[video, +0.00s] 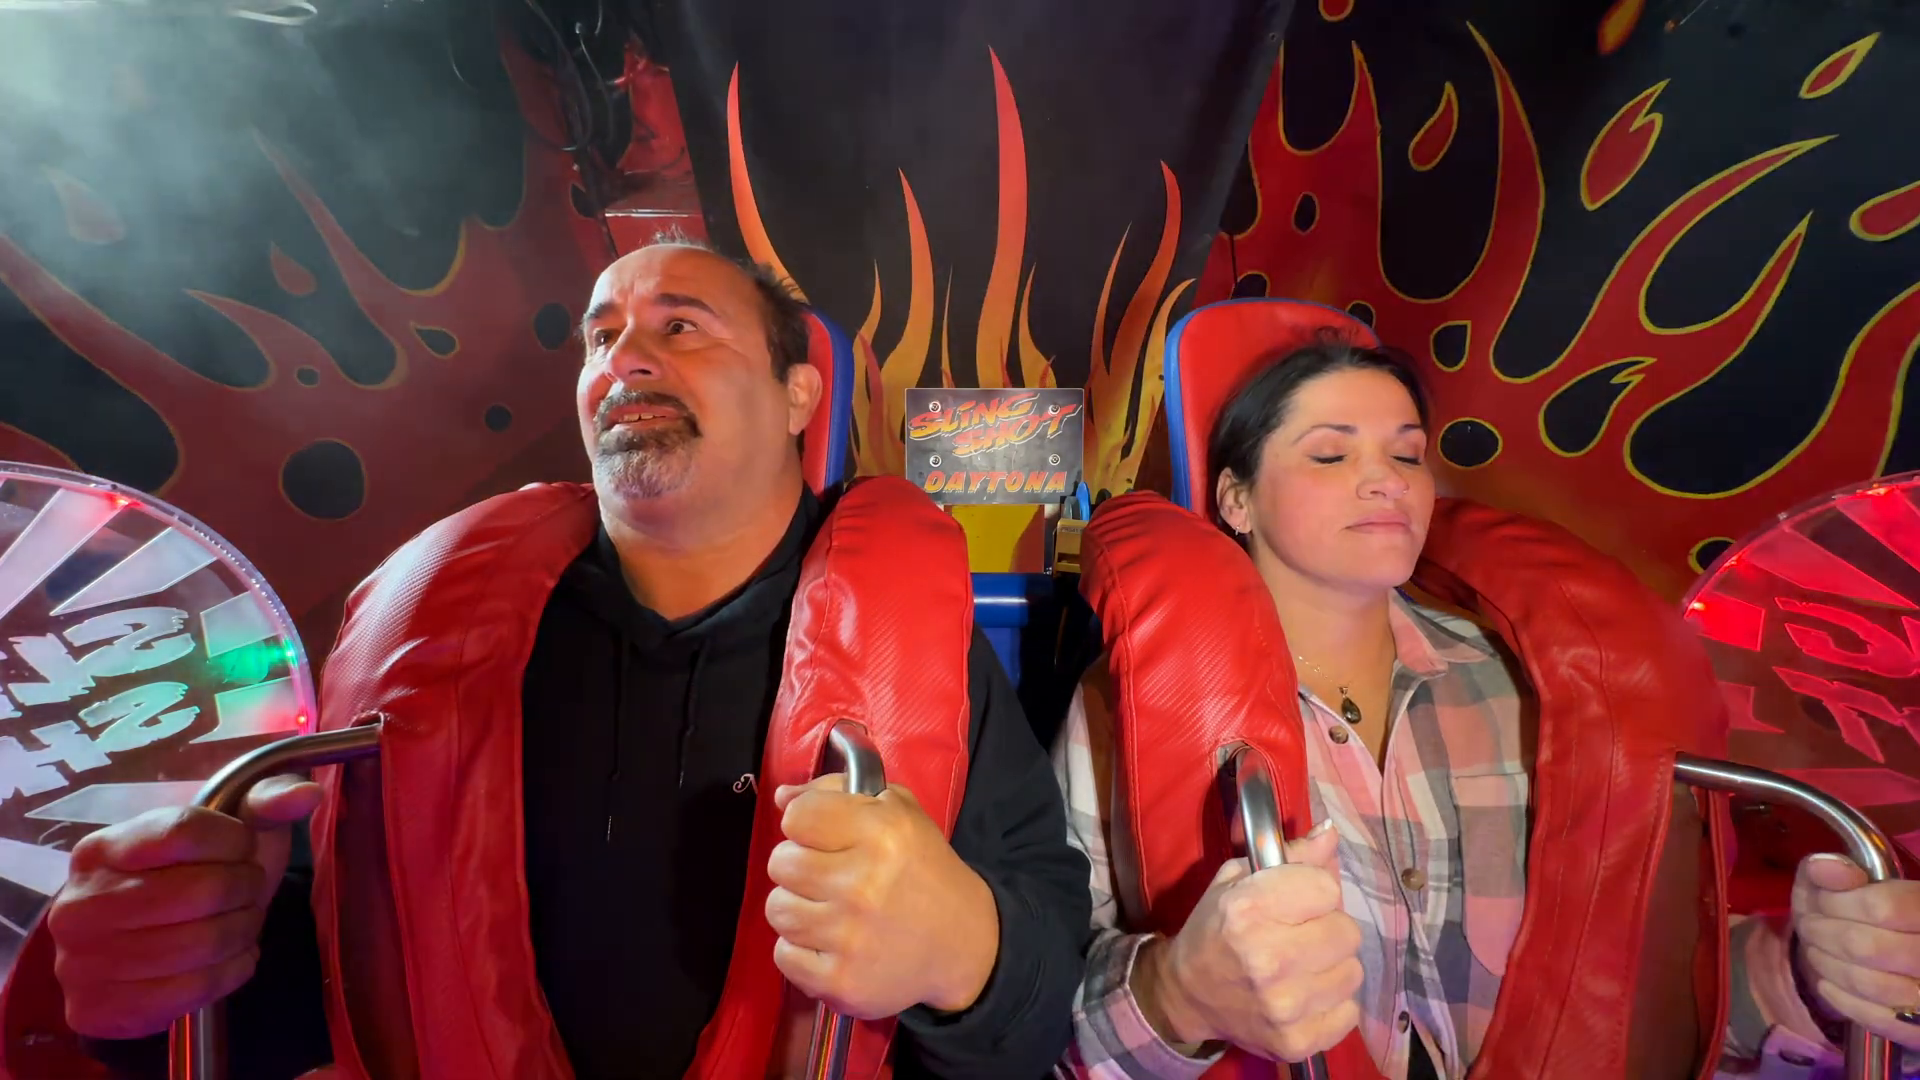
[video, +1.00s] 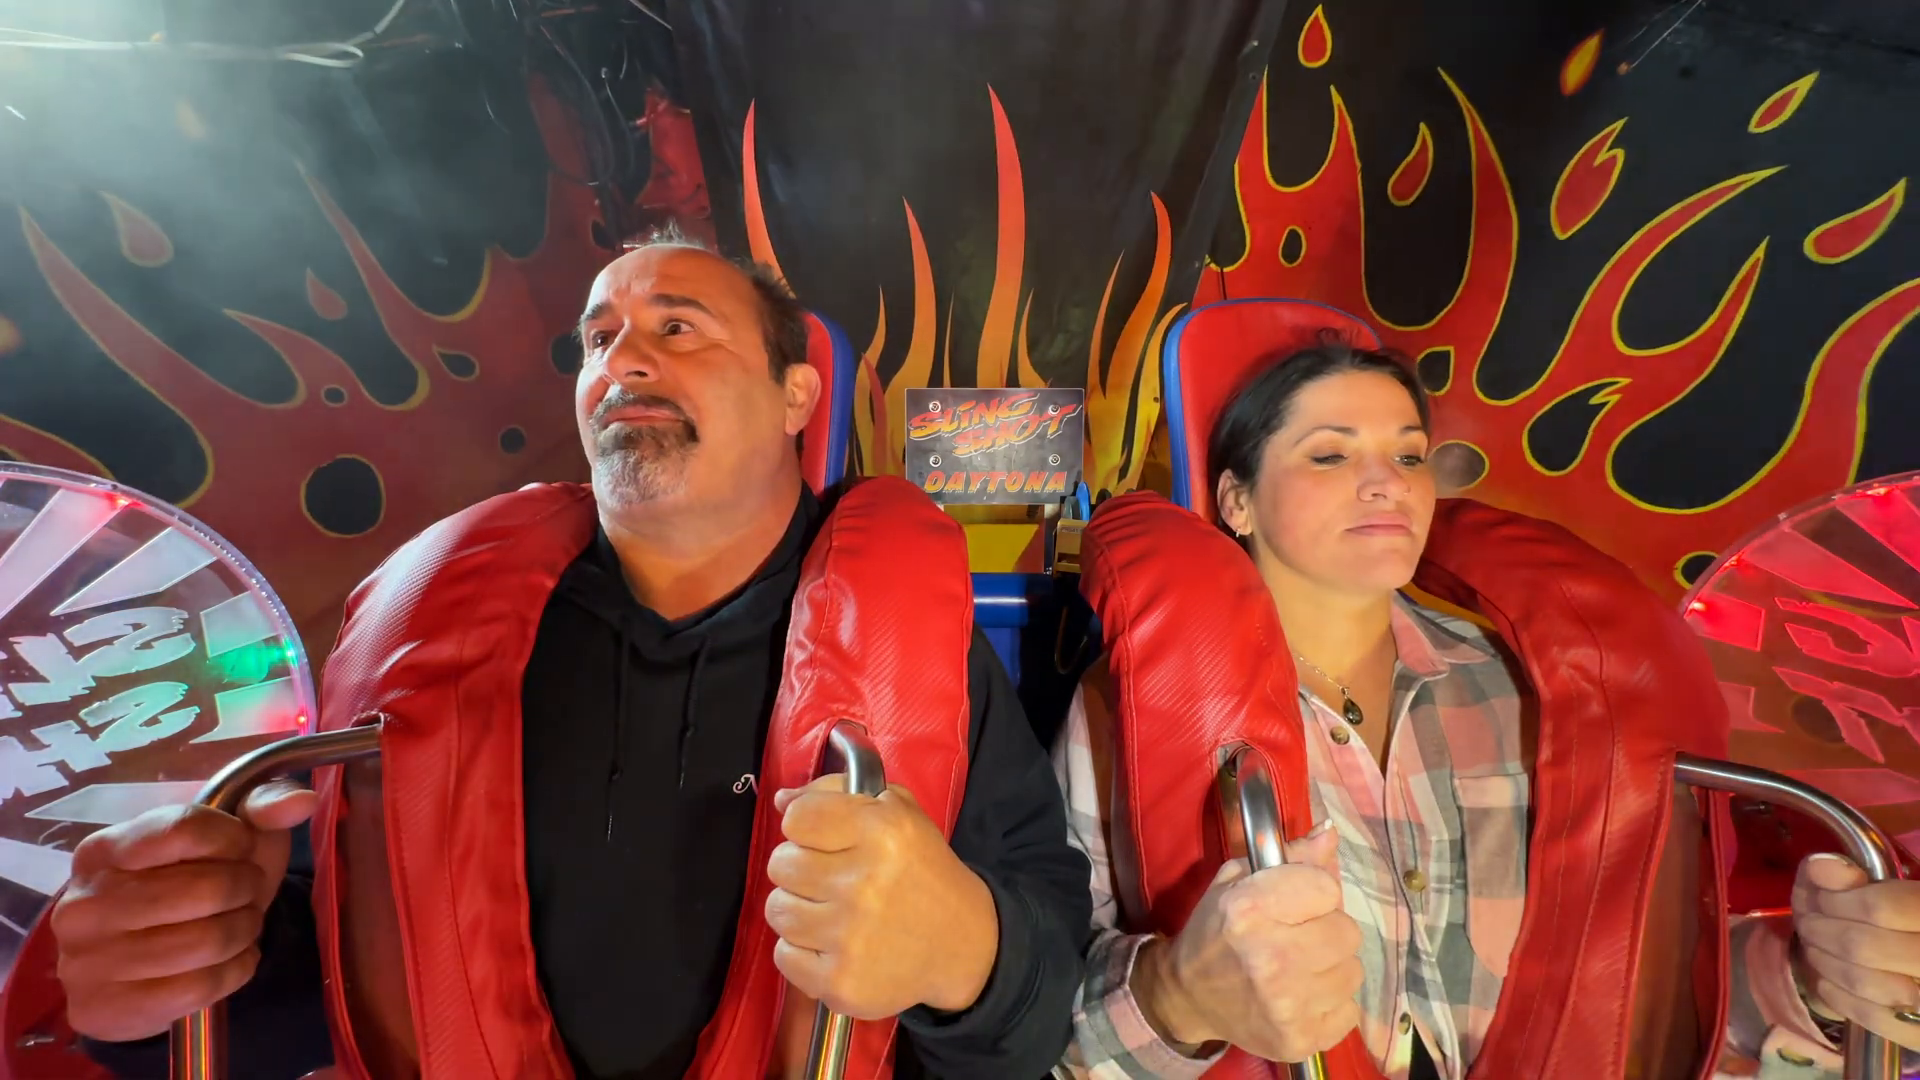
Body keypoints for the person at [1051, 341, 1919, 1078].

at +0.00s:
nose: (1383, 485)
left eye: (1405, 456)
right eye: (1330, 457)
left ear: (1435, 490)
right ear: (1239, 501)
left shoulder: (1519, 688)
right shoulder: (1143, 712)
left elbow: (1614, 963)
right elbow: (1055, 1033)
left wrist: (1797, 970)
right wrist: (1170, 996)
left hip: (1497, 1066)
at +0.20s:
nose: (1384, 485)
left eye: (1406, 456)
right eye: (1330, 457)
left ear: (1435, 488)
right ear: (1239, 502)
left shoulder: (1517, 687)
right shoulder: (1143, 711)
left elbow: (1611, 967)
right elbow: (1054, 1031)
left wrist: (1798, 973)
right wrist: (1170, 996)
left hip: (1497, 1066)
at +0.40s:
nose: (1384, 486)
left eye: (1408, 458)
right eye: (1331, 457)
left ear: (1437, 492)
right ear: (1239, 502)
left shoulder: (1518, 692)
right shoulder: (1141, 714)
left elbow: (1612, 970)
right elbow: (1054, 1036)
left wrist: (1798, 972)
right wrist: (1171, 1001)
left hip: (1492, 1067)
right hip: (1257, 1073)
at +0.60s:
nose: (1388, 487)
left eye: (1409, 458)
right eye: (1332, 458)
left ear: (1438, 490)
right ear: (1238, 503)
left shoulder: (1520, 692)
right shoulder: (1140, 715)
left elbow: (1612, 972)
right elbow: (1053, 1037)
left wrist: (1794, 975)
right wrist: (1171, 1002)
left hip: (1493, 1067)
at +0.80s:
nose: (1387, 489)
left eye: (1409, 458)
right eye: (1331, 458)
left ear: (1437, 489)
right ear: (1238, 502)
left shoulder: (1518, 692)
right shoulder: (1141, 716)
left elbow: (1612, 972)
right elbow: (1053, 1038)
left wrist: (1796, 973)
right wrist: (1171, 1002)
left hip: (1493, 1068)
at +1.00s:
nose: (1387, 488)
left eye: (1407, 458)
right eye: (1331, 457)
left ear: (1435, 490)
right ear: (1238, 502)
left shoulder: (1514, 691)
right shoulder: (1141, 715)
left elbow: (1608, 969)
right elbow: (1057, 1036)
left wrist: (1794, 971)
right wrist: (1171, 1002)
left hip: (1489, 1067)